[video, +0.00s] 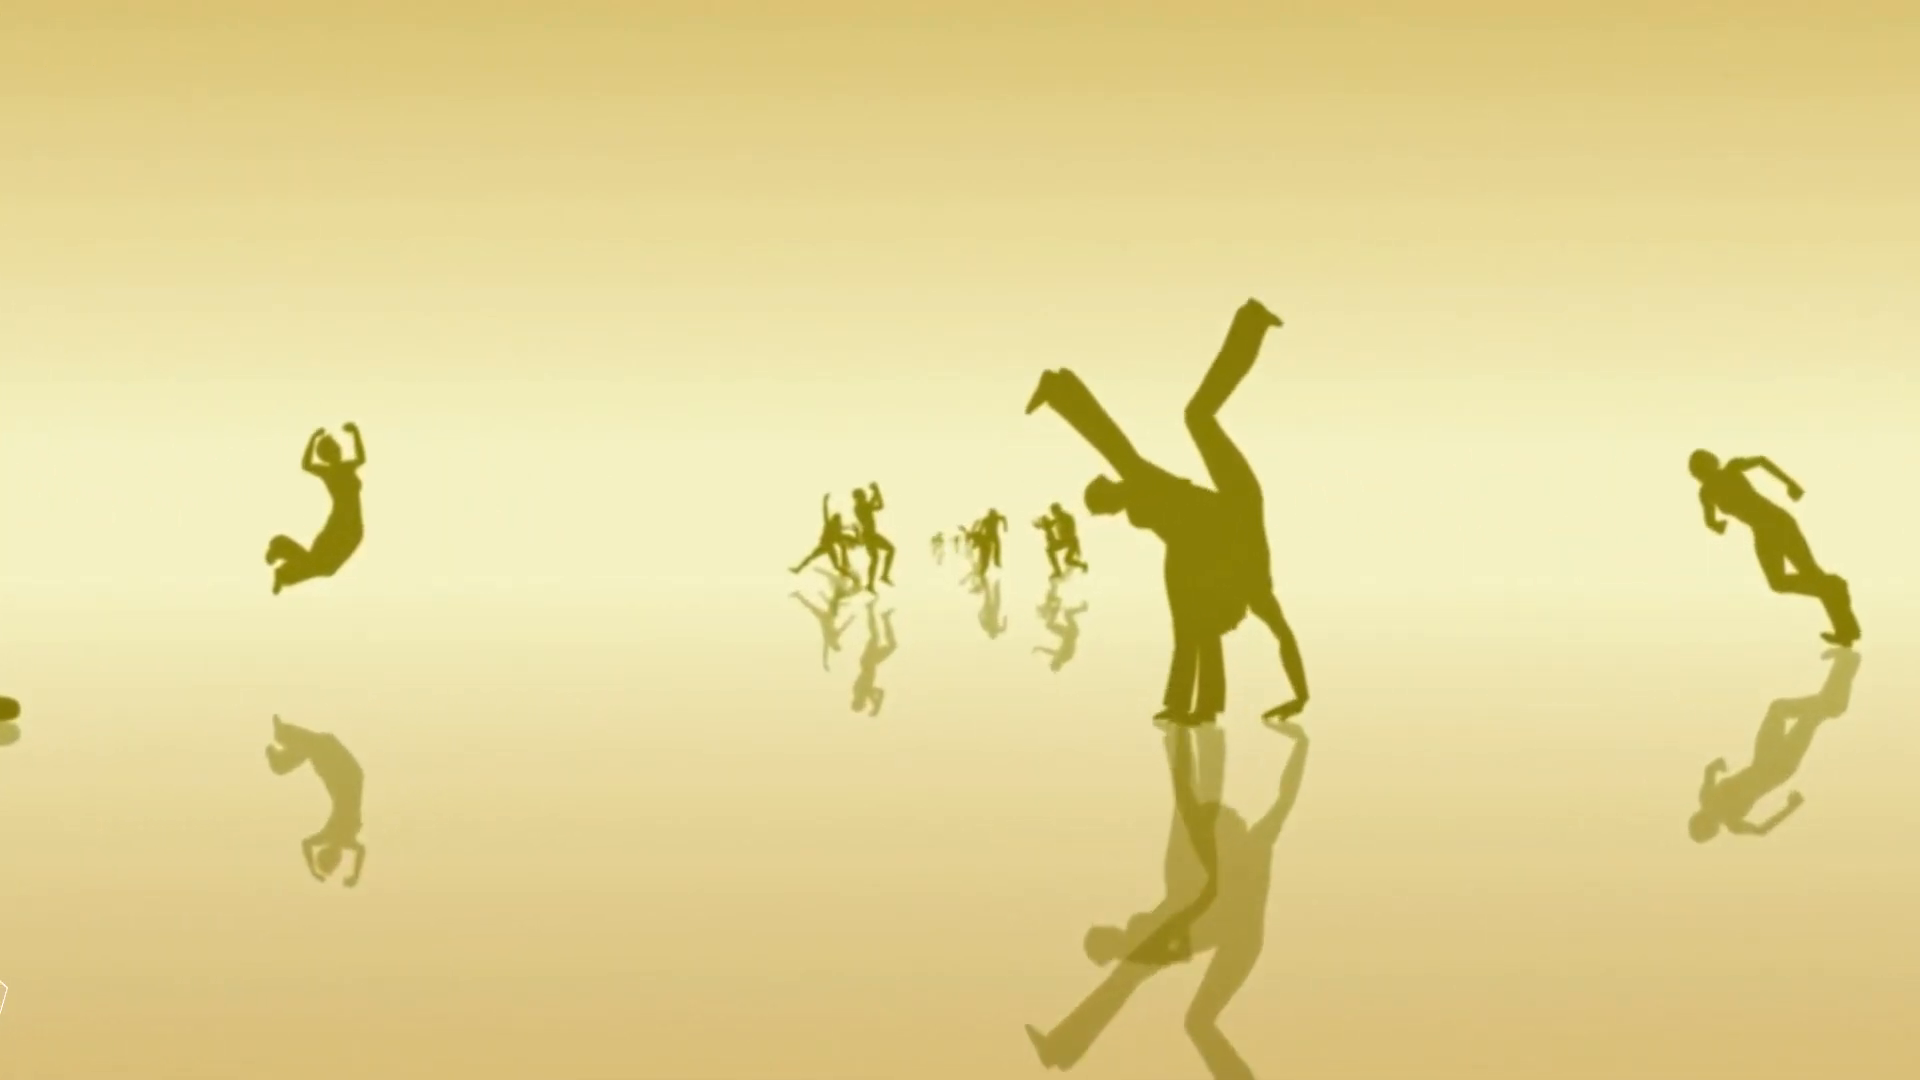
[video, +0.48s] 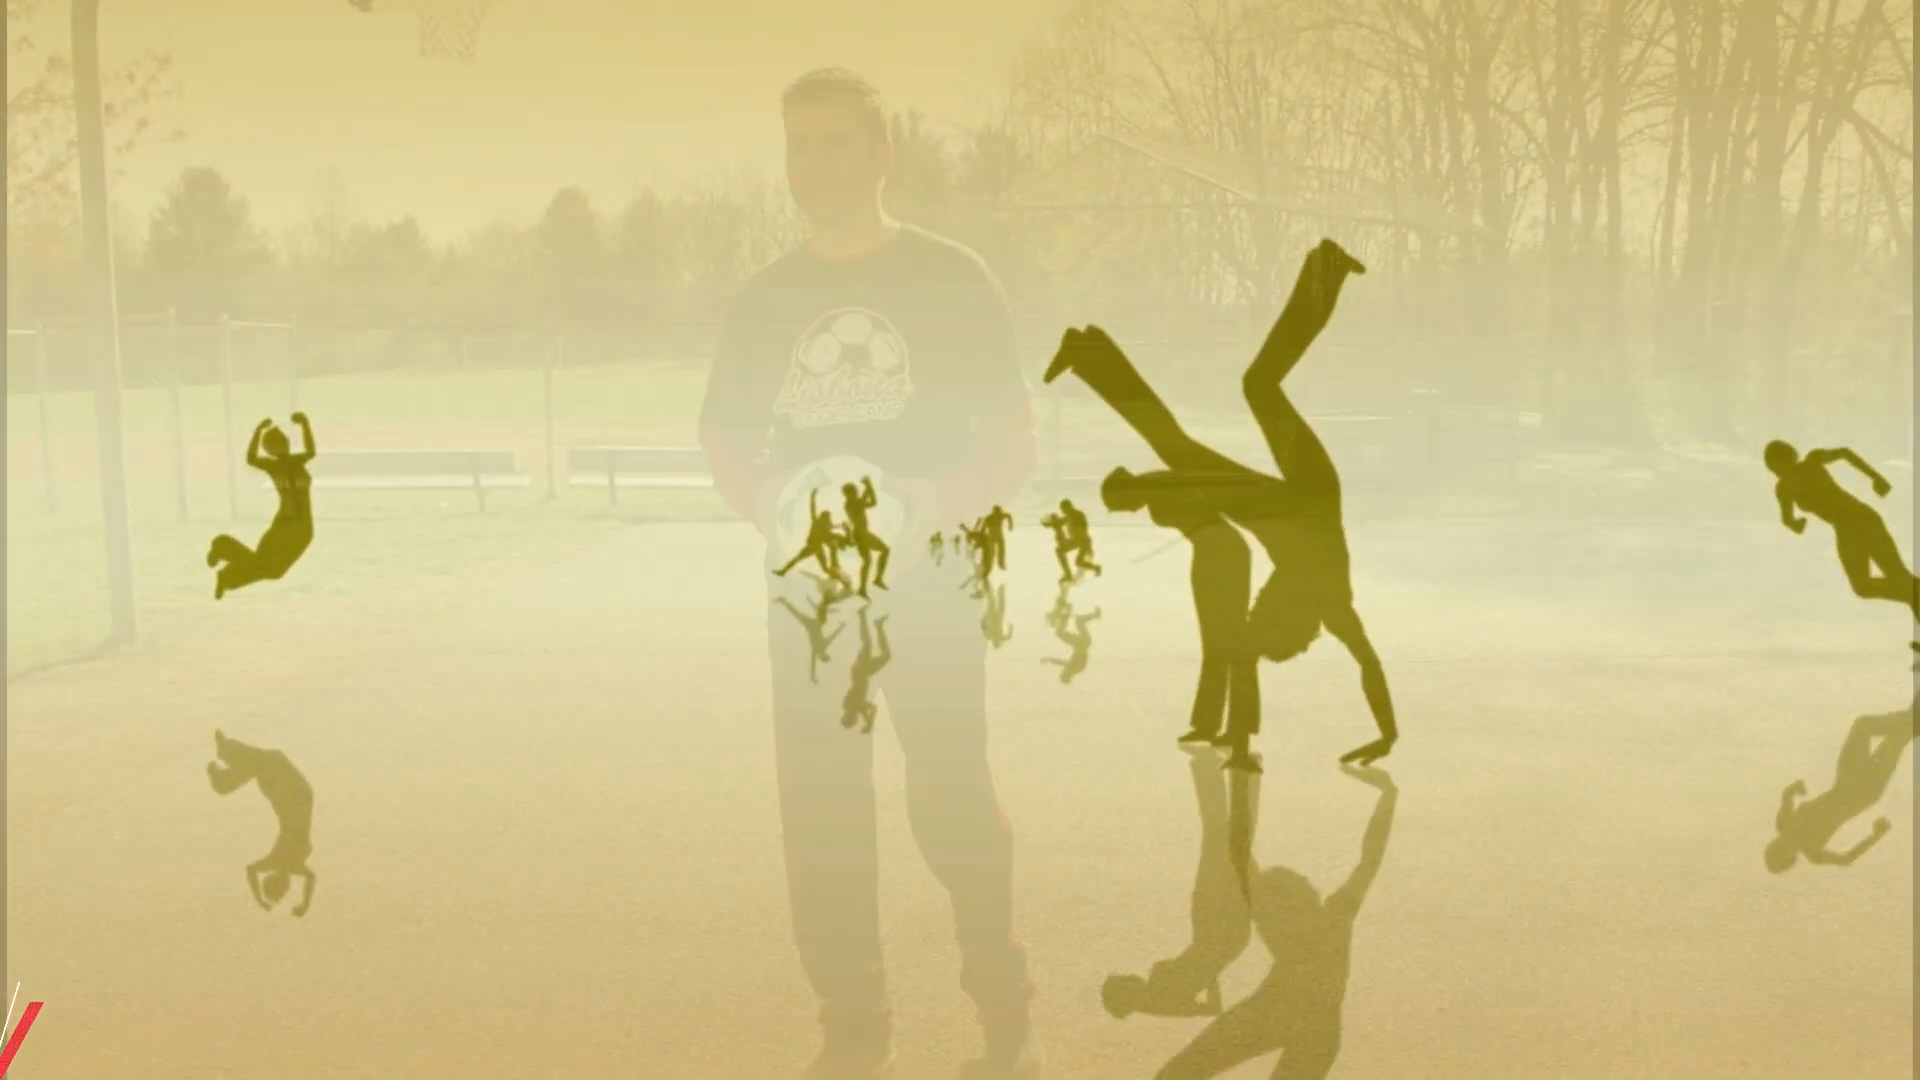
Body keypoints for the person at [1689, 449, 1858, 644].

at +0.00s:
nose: (1701, 475)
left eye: (1702, 469)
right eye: (1697, 472)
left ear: (1710, 464)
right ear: (1697, 473)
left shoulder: (1732, 468)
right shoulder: (1706, 492)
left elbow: (1761, 460)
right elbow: (1709, 519)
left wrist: (1789, 483)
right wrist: (1717, 526)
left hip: (1777, 520)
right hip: (1761, 530)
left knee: (1810, 571)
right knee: (1778, 582)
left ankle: (1845, 630)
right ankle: (1830, 585)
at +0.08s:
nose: (1718, 474)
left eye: (1717, 468)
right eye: (1714, 470)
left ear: (1724, 463)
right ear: (1716, 469)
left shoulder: (1750, 466)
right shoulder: (1723, 492)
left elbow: (1780, 459)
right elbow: (1726, 518)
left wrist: (1808, 482)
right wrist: (1734, 526)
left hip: (1795, 519)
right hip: (1779, 529)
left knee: (1829, 572)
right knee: (1796, 583)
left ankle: (1865, 631)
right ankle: (1849, 586)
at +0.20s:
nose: (1729, 473)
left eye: (1728, 467)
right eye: (1725, 470)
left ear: (1736, 462)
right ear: (1726, 470)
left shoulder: (1762, 465)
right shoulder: (1734, 491)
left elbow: (1792, 458)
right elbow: (1737, 519)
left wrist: (1821, 481)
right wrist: (1746, 526)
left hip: (1808, 519)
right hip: (1791, 529)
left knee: (1842, 573)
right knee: (1808, 584)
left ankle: (1879, 633)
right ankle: (1863, 587)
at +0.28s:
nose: (1745, 472)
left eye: (1745, 466)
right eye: (1742, 468)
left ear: (1752, 461)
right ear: (1751, 462)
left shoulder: (1780, 463)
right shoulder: (1751, 490)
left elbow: (1810, 456)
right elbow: (1755, 517)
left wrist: (1840, 480)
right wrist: (1763, 526)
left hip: (1828, 519)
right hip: (1810, 529)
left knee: (1863, 575)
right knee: (1827, 585)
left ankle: (1900, 635)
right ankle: (1884, 588)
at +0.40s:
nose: (1760, 471)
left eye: (1760, 464)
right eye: (1755, 468)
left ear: (1768, 459)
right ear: (1754, 470)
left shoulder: (1793, 462)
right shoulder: (1764, 489)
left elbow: (1825, 455)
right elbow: (1767, 517)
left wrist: (1854, 478)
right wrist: (1776, 525)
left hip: (1843, 520)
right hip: (1824, 530)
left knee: (1877, 576)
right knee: (1841, 586)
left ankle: (1912, 637)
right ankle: (1899, 590)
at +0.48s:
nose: (1777, 471)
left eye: (1778, 464)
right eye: (1773, 467)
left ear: (1788, 456)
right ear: (1771, 468)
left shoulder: (1813, 460)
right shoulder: (1783, 489)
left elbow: (1845, 452)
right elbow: (1786, 517)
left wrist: (1876, 477)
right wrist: (1796, 525)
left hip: (1862, 517)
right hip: (1844, 528)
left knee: (1897, 573)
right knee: (1862, 586)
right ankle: (1911, 593)